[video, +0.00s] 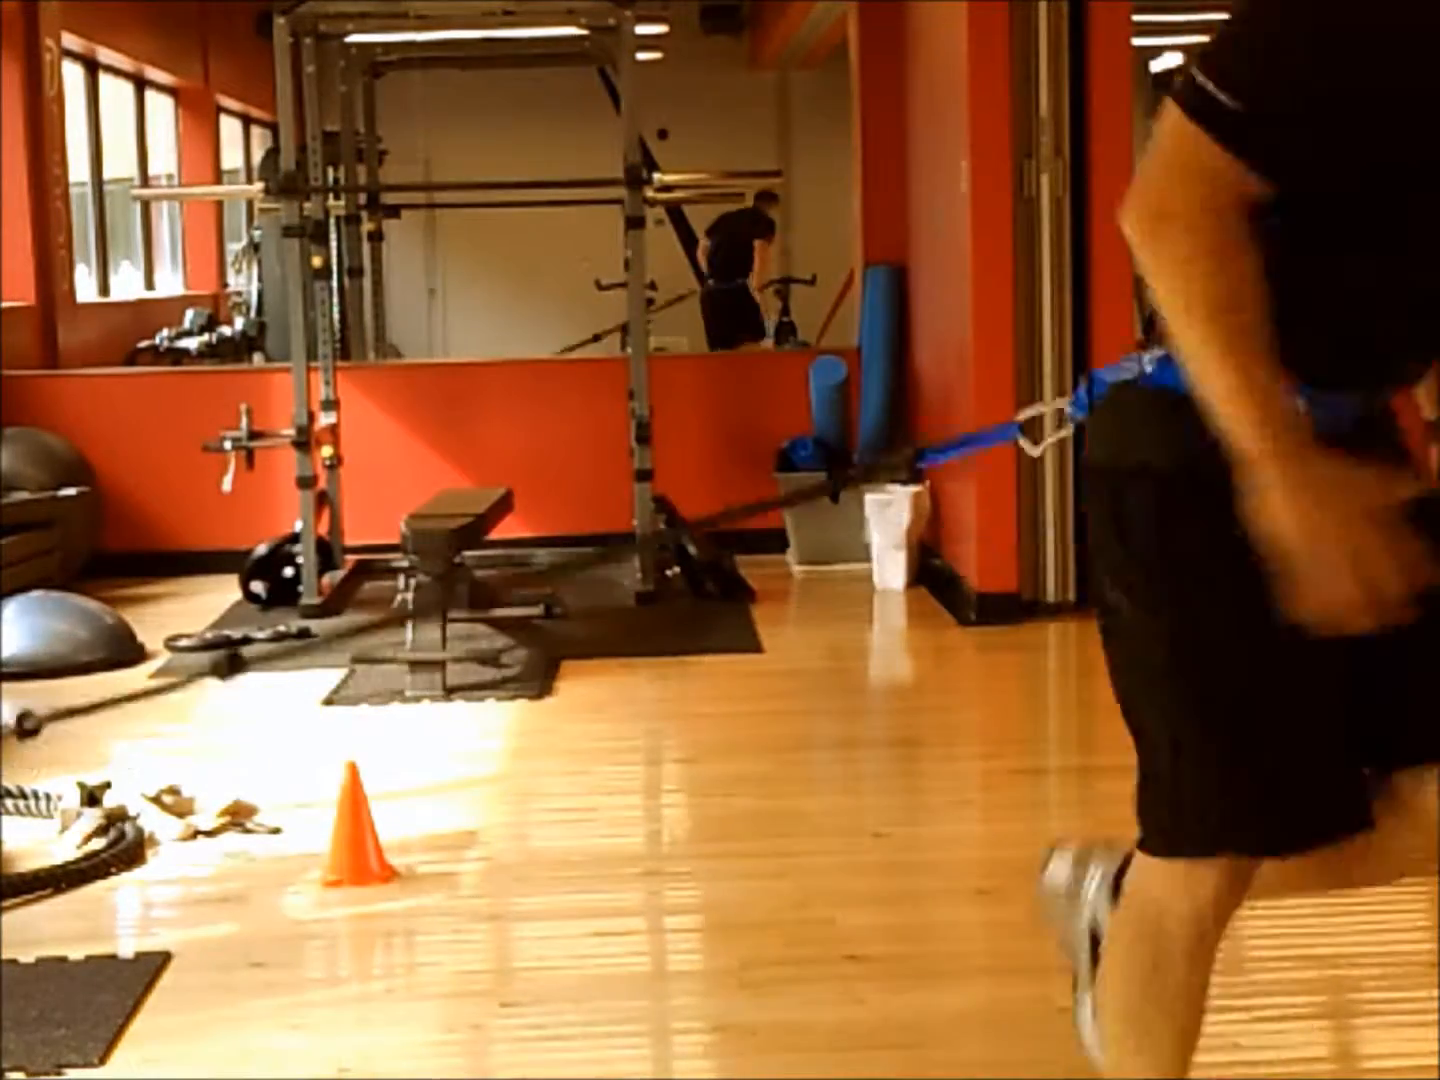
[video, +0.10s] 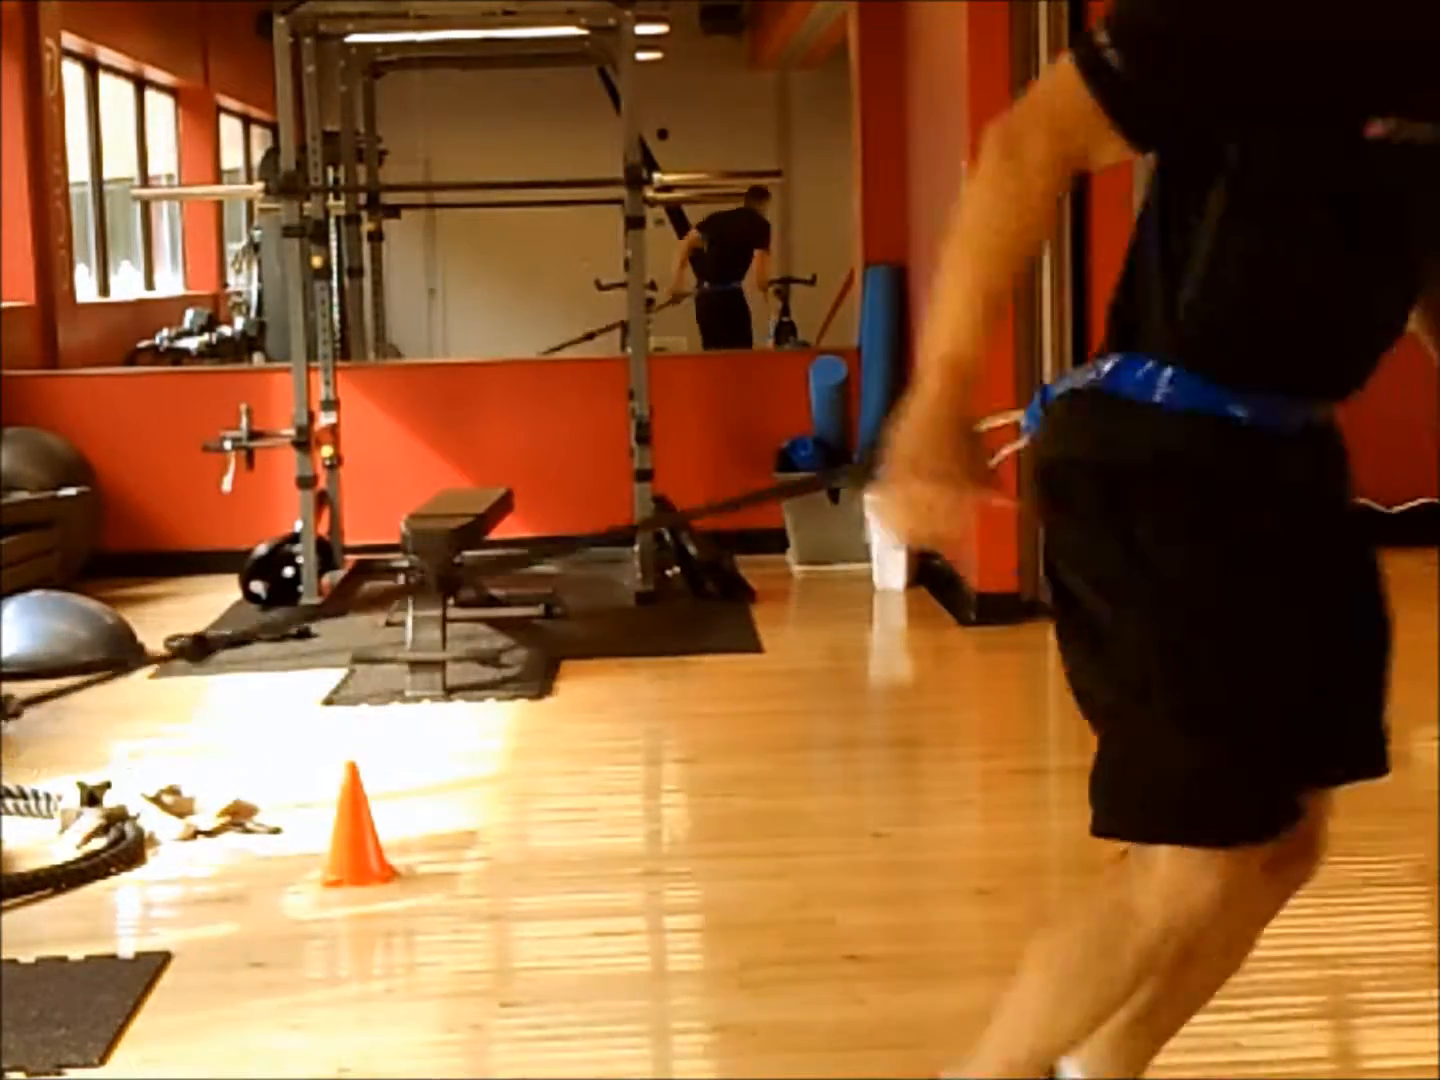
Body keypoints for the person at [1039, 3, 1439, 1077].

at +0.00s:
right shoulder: (1327, 25)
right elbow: (1170, 205)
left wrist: (1411, 433)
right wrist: (1283, 463)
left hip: (1343, 429)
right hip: (1185, 431)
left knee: (1420, 813)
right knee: (1204, 837)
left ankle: (1132, 898)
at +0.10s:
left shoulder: (1410, 97)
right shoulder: (1247, 29)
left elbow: (1411, 277)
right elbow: (1029, 140)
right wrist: (939, 393)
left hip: (1284, 449)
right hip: (1155, 445)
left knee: (1280, 835)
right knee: (1208, 845)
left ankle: (1092, 1072)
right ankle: (994, 1066)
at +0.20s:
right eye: (1438, 4)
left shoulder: (1391, 138)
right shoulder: (1179, 67)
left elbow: (1378, 354)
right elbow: (906, 172)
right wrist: (748, 381)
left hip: (1209, 532)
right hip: (1074, 530)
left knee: (1218, 892)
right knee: (1110, 933)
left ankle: (1058, 1076)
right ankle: (797, 995)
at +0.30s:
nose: (1361, 29)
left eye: (1372, 15)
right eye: (1350, 6)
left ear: (1304, 1)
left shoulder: (1273, 109)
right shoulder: (1067, 52)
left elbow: (1218, 310)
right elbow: (846, 205)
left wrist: (1330, 415)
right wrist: (729, 429)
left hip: (1129, 505)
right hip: (981, 502)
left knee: (1154, 842)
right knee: (962, 870)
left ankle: (1048, 1069)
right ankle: (685, 957)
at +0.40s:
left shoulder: (1144, 60)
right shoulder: (934, 24)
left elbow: (1097, 227)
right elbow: (758, 191)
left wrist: (1132, 379)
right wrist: (822, 424)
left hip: (1003, 432)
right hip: (858, 425)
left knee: (1026, 767)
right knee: (805, 769)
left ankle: (1001, 1068)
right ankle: (647, 988)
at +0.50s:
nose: (1047, 7)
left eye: (1049, 6)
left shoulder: (1012, 74)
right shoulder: (808, 44)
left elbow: (977, 243)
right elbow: (663, 244)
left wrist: (991, 387)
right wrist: (865, 335)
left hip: (874, 455)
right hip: (730, 456)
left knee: (954, 754)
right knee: (710, 766)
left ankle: (838, 1001)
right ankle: (599, 1031)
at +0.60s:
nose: (907, 21)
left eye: (908, 3)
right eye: (878, 2)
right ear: (790, 10)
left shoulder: (876, 137)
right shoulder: (678, 116)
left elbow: (872, 287)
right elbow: (542, 304)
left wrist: (895, 427)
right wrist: (725, 327)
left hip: (748, 474)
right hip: (620, 474)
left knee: (839, 751)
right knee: (670, 775)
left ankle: (674, 882)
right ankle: (586, 1047)